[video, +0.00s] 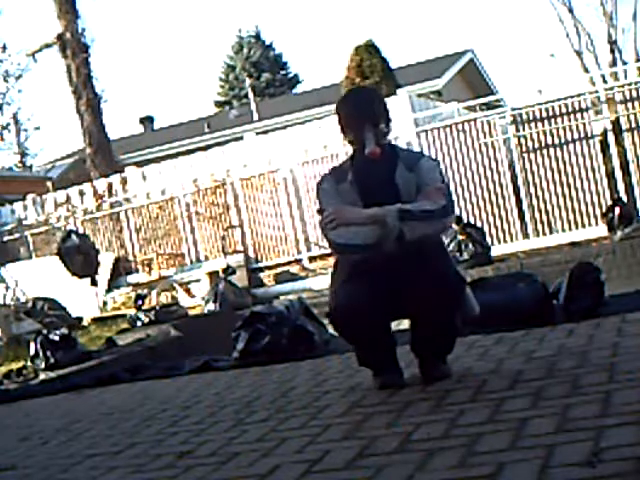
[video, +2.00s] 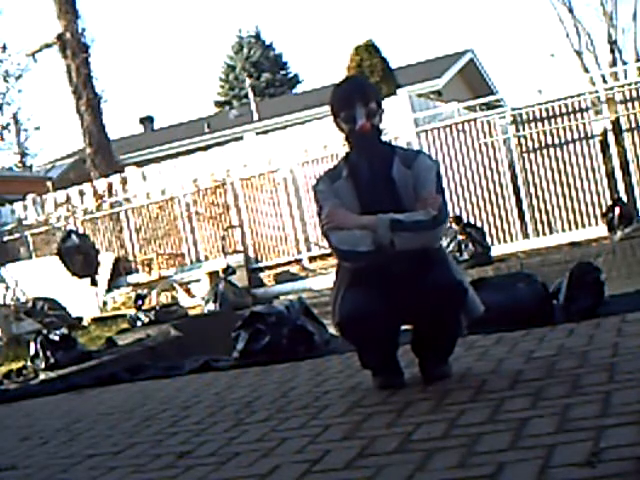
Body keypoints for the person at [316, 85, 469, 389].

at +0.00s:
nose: (366, 136)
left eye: (373, 124)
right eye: (355, 128)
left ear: (387, 122)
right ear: (343, 130)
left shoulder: (421, 165)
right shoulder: (332, 183)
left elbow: (442, 215)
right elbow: (339, 238)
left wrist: (364, 215)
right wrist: (412, 215)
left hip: (421, 265)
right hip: (363, 276)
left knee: (442, 284)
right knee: (347, 305)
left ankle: (433, 357)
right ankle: (384, 367)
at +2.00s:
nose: (362, 124)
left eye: (370, 112)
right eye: (350, 117)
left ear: (381, 112)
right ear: (338, 122)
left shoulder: (418, 164)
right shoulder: (328, 185)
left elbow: (434, 228)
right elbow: (345, 246)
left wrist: (359, 222)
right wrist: (414, 220)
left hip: (422, 265)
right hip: (365, 277)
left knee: (444, 293)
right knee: (359, 315)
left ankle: (434, 358)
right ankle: (384, 367)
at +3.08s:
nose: (349, 121)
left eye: (357, 109)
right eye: (337, 113)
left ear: (368, 110)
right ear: (326, 119)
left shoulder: (402, 156)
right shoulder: (315, 179)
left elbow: (419, 217)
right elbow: (329, 235)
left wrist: (344, 212)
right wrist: (399, 208)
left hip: (413, 260)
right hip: (359, 273)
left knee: (430, 292)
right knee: (362, 313)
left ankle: (434, 361)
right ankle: (385, 370)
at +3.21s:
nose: (343, 113)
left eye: (351, 102)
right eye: (332, 106)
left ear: (363, 104)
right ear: (320, 112)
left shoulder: (395, 147)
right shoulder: (308, 173)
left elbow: (407, 193)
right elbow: (321, 228)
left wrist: (337, 202)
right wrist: (386, 209)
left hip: (413, 263)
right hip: (358, 278)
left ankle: (442, 347)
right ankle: (385, 366)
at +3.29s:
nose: (341, 115)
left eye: (349, 104)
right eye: (329, 108)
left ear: (360, 106)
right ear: (317, 114)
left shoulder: (391, 151)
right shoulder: (306, 176)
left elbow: (409, 196)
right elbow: (321, 232)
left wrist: (338, 204)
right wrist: (387, 207)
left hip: (412, 253)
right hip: (358, 266)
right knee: (368, 308)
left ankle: (453, 361)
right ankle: (386, 369)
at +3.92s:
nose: (369, 124)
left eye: (376, 112)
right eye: (357, 118)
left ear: (388, 113)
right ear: (348, 126)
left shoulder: (426, 158)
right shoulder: (341, 184)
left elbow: (433, 194)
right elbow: (344, 231)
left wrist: (360, 205)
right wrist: (402, 210)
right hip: (384, 286)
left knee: (407, 248)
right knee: (363, 260)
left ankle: (434, 360)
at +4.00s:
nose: (364, 110)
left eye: (370, 99)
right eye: (352, 103)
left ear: (383, 99)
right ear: (341, 110)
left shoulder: (421, 143)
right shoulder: (337, 171)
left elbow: (435, 188)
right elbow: (340, 210)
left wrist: (359, 188)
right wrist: (404, 194)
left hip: (428, 264)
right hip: (370, 275)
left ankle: (436, 360)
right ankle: (377, 368)